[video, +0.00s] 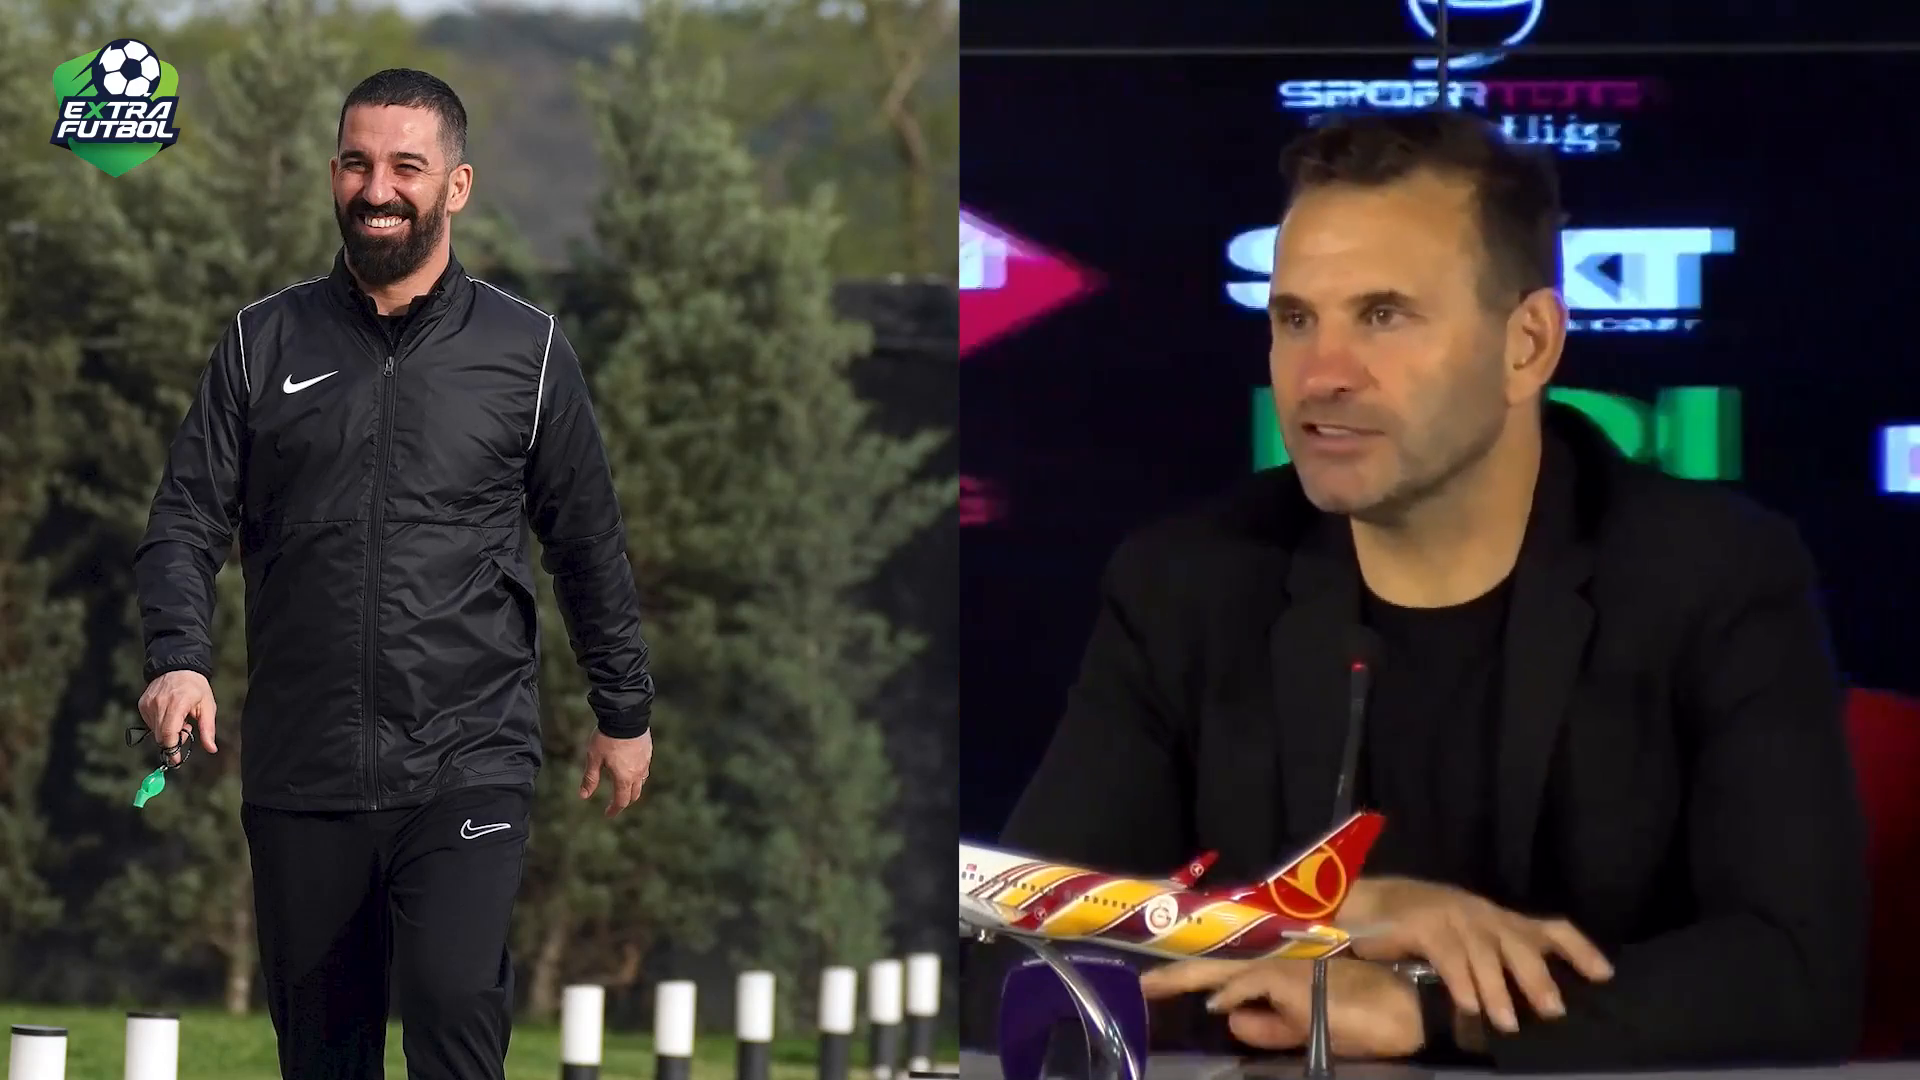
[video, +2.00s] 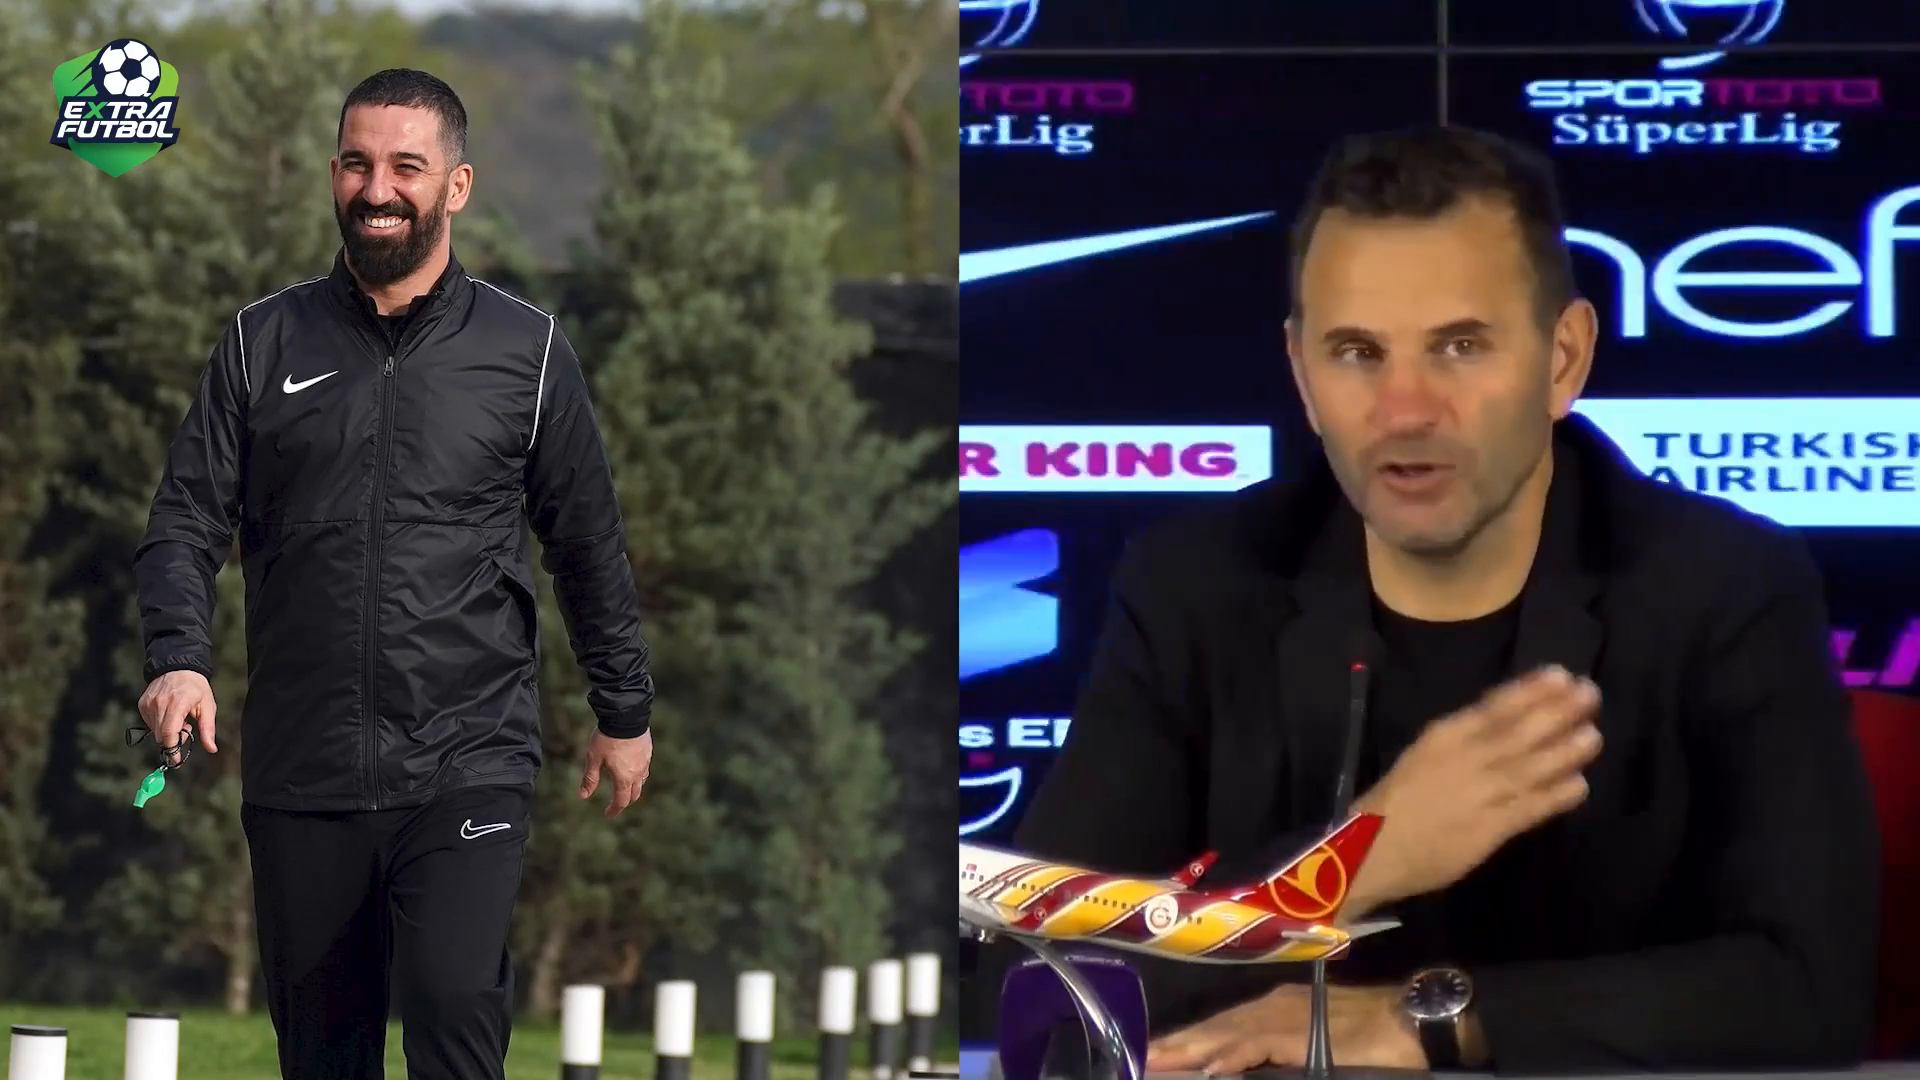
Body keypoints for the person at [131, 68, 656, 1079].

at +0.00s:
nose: (376, 187)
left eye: (405, 164)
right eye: (356, 162)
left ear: (458, 185)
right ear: (334, 176)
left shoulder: (529, 350)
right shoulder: (259, 343)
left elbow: (589, 542)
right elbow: (187, 513)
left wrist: (623, 709)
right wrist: (178, 658)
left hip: (472, 751)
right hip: (302, 753)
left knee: (454, 1017)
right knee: (320, 1039)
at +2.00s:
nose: (376, 187)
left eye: (405, 164)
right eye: (356, 162)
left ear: (458, 185)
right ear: (334, 176)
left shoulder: (529, 349)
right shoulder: (259, 342)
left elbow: (588, 540)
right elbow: (187, 513)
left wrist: (623, 709)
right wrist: (178, 658)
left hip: (471, 752)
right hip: (302, 755)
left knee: (455, 1019)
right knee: (320, 1042)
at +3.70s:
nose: (376, 187)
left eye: (405, 164)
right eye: (356, 162)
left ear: (458, 185)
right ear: (334, 176)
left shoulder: (529, 349)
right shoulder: (259, 343)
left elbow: (588, 541)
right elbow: (187, 513)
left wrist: (623, 709)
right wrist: (178, 658)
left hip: (472, 752)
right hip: (302, 755)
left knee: (455, 1018)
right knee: (320, 1042)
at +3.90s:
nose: (375, 187)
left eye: (405, 164)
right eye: (356, 162)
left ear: (458, 185)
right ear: (334, 177)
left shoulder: (530, 350)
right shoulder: (259, 342)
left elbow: (588, 541)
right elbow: (187, 513)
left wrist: (623, 708)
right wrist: (177, 658)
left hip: (472, 752)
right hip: (301, 755)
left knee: (455, 1018)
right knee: (320, 1042)